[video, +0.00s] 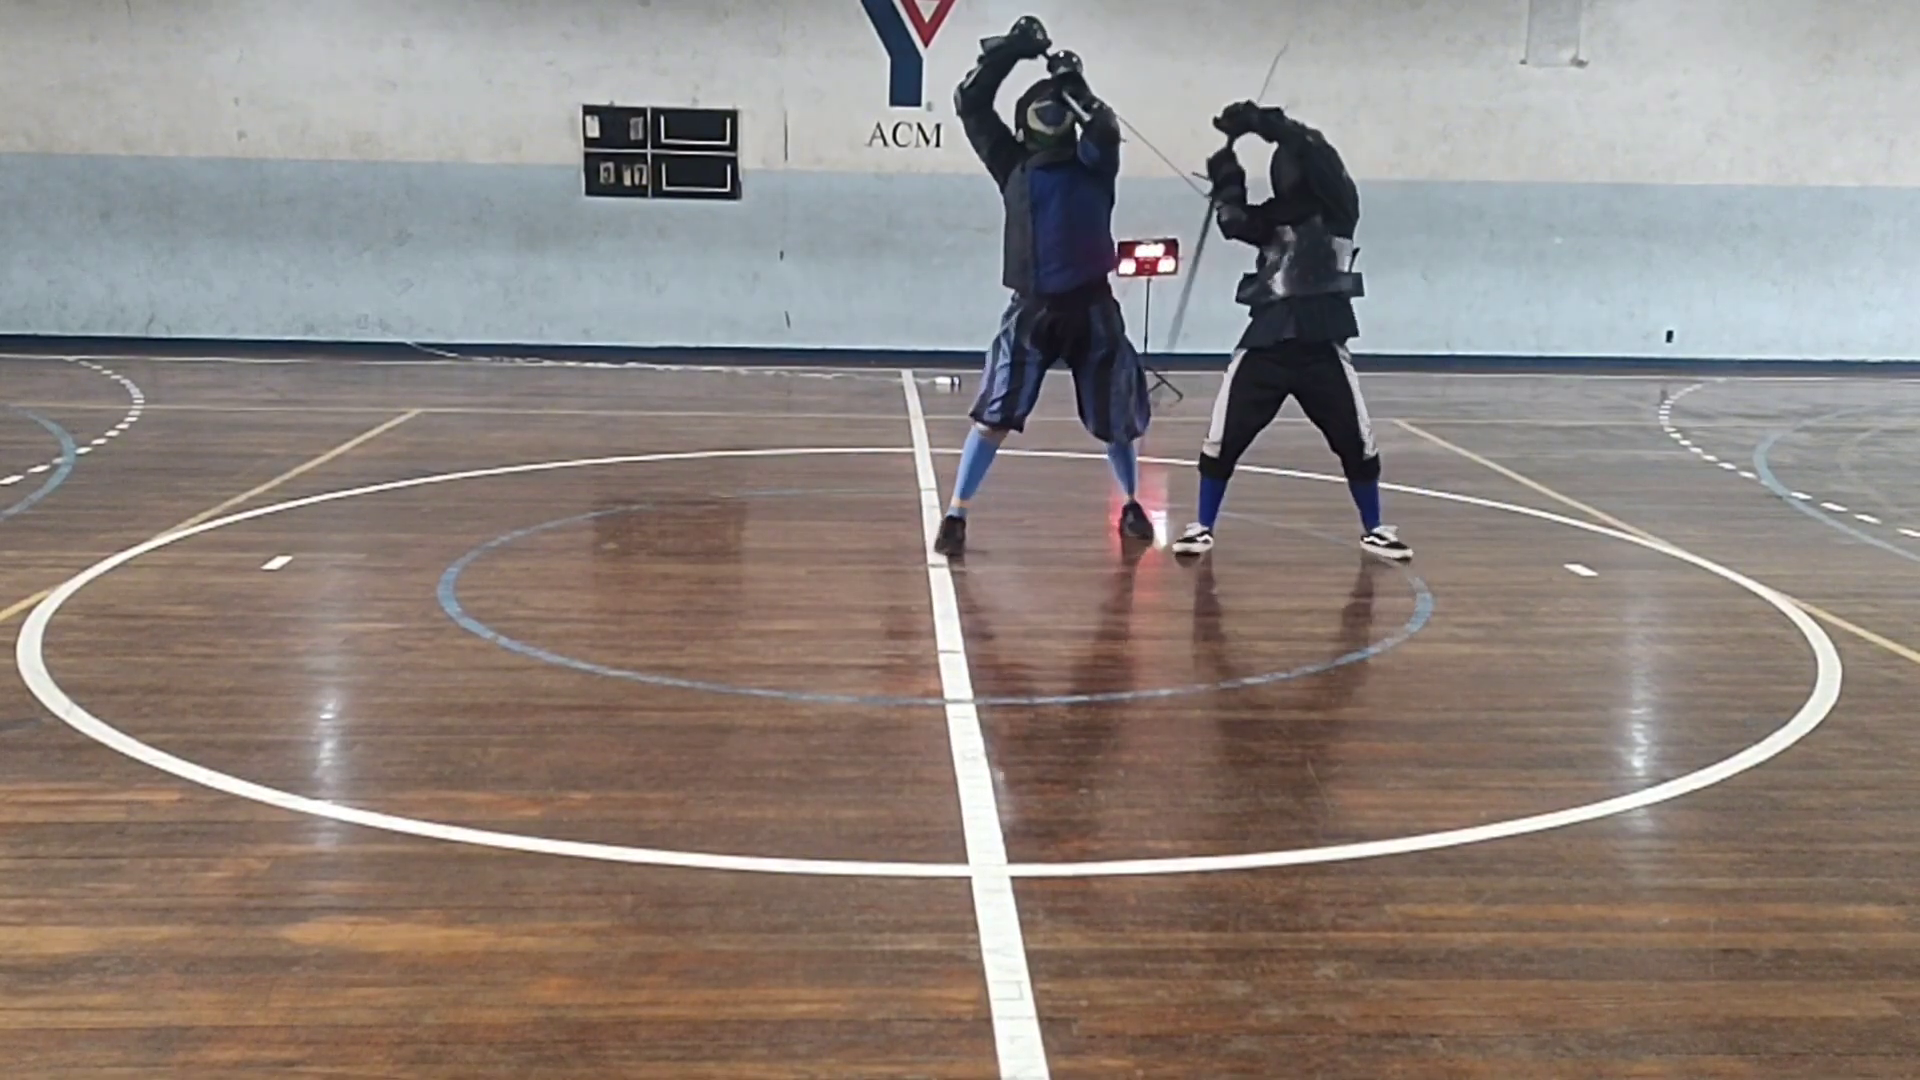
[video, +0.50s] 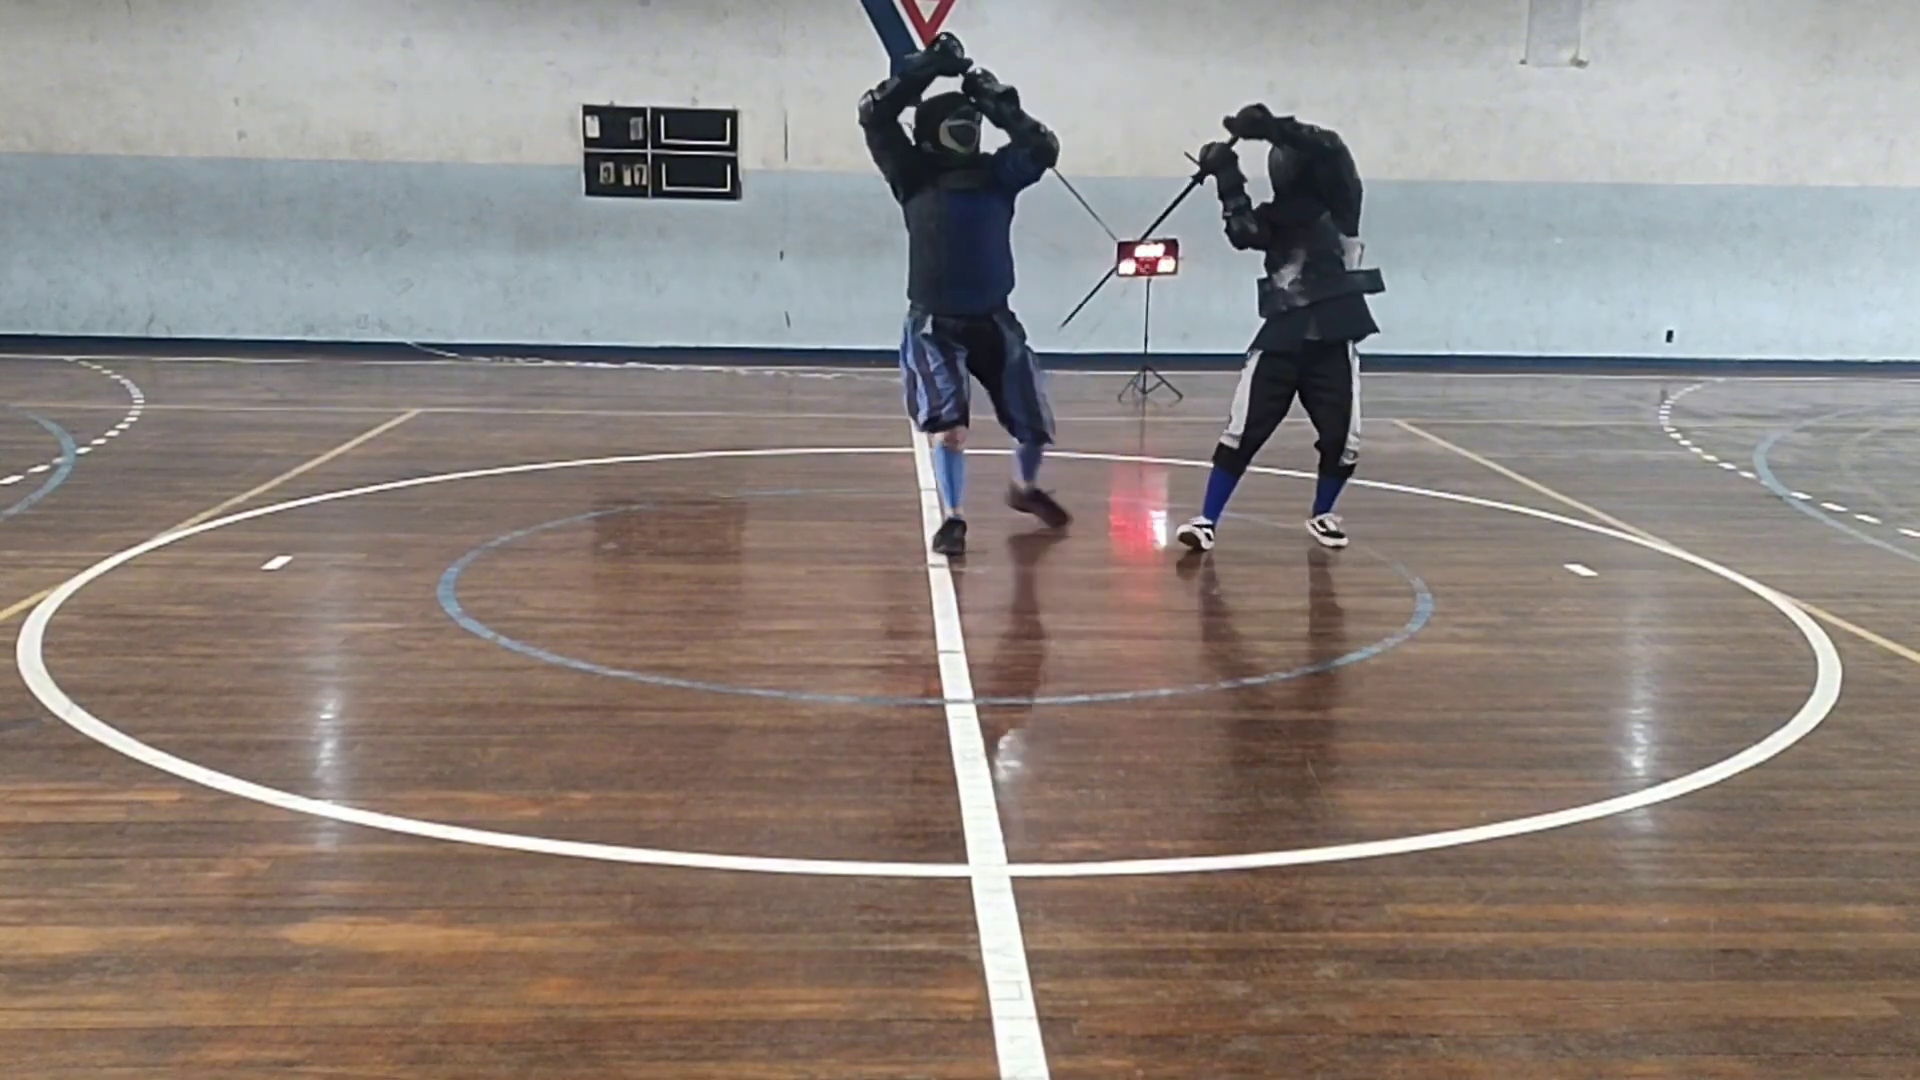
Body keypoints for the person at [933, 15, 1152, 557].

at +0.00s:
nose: (1051, 119)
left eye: (1058, 111)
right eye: (1040, 112)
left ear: (1073, 118)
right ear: (1024, 123)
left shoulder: (1096, 163)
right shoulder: (1012, 165)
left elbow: (1107, 131)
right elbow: (971, 102)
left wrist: (1079, 90)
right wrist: (1012, 47)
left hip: (1093, 309)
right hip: (1030, 310)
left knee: (1118, 418)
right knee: (994, 416)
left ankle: (1132, 508)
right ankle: (955, 515)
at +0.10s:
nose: (1038, 124)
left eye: (1045, 116)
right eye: (1027, 117)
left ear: (1057, 122)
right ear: (1009, 127)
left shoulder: (1080, 167)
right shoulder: (997, 171)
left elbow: (1093, 133)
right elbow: (954, 110)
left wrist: (1066, 97)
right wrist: (994, 54)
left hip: (1078, 313)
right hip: (1016, 314)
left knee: (1104, 422)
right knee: (986, 419)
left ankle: (1131, 507)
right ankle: (954, 519)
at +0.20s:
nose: (1019, 125)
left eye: (1027, 117)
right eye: (1009, 119)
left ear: (1040, 124)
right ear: (993, 129)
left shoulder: (1066, 172)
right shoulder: (984, 176)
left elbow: (1078, 132)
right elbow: (939, 116)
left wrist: (1048, 96)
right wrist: (977, 58)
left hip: (1064, 316)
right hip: (1002, 319)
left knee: (1096, 421)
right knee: (976, 420)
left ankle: (1129, 506)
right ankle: (953, 519)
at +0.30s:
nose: (998, 135)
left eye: (1006, 126)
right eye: (989, 127)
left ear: (1022, 132)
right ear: (973, 134)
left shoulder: (1045, 179)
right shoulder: (964, 182)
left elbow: (1067, 138)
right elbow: (920, 121)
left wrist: (1032, 101)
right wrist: (960, 66)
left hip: (1044, 323)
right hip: (981, 327)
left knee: (1082, 426)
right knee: (967, 425)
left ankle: (1130, 506)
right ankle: (953, 520)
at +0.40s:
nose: (984, 137)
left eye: (990, 129)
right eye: (973, 130)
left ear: (1001, 133)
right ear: (952, 138)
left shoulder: (1022, 179)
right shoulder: (939, 183)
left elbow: (1056, 145)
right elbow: (896, 120)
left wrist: (1018, 106)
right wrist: (942, 67)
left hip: (1017, 321)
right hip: (955, 325)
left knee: (1063, 421)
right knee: (959, 426)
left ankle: (1109, 502)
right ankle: (953, 522)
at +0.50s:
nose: (968, 132)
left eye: (974, 124)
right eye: (955, 125)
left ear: (980, 130)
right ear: (931, 133)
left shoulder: (1001, 175)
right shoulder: (914, 177)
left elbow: (1042, 148)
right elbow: (874, 114)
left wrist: (998, 104)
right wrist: (924, 67)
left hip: (993, 319)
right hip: (934, 322)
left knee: (1031, 419)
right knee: (950, 427)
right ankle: (952, 519)